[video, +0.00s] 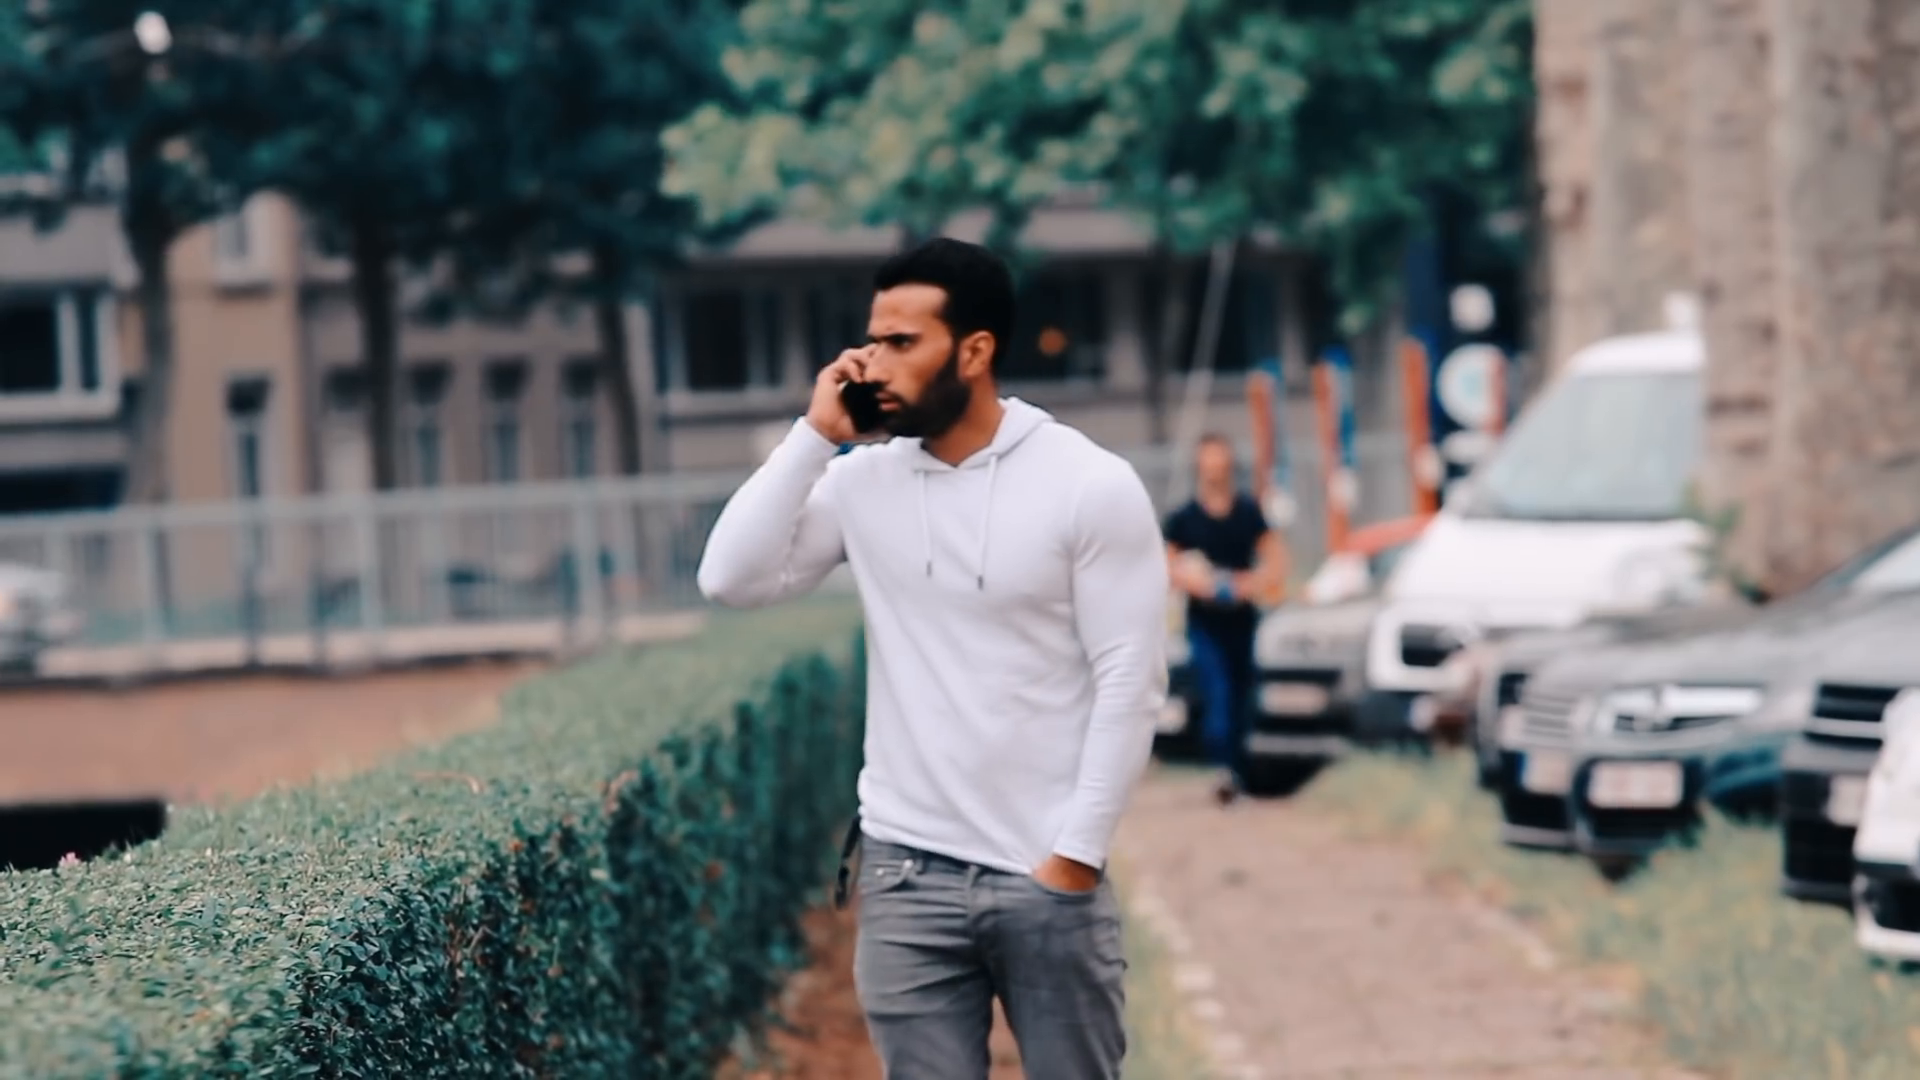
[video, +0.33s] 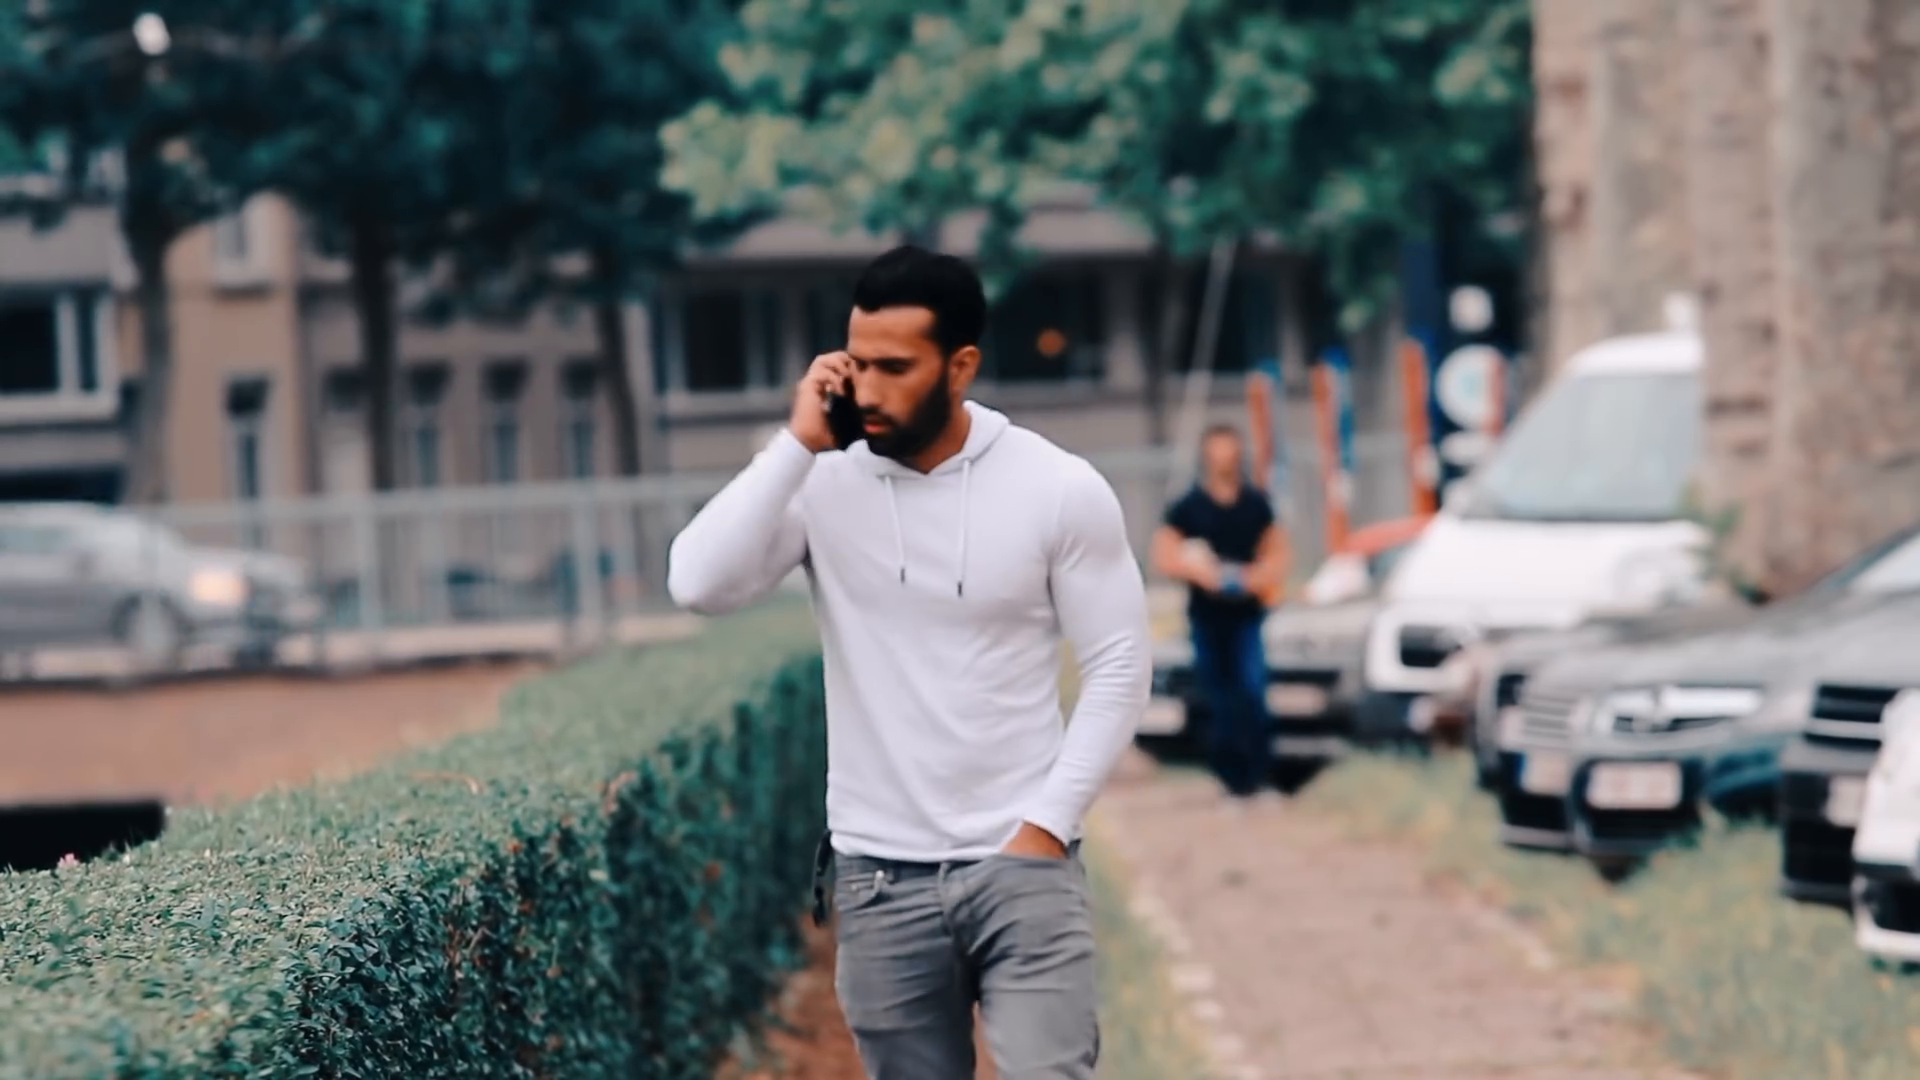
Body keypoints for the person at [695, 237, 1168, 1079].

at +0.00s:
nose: (872, 366)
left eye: (899, 343)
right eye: (871, 342)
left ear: (976, 353)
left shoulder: (1091, 487)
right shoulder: (857, 480)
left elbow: (1130, 681)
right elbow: (729, 579)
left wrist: (1076, 858)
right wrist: (817, 436)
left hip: (1046, 885)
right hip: (903, 878)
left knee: (1077, 1068)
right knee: (925, 1068)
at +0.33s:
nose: (862, 390)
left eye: (890, 369)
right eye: (856, 365)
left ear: (962, 364)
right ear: (844, 357)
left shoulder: (1060, 491)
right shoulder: (818, 483)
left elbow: (1118, 667)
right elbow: (696, 583)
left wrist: (1048, 825)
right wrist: (798, 445)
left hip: (1022, 868)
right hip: (877, 879)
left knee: (1051, 1068)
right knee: (913, 1071)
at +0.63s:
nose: (953, 441)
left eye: (977, 414)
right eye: (931, 414)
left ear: (1019, 390)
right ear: (900, 392)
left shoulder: (1089, 520)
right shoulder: (830, 489)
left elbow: (1118, 702)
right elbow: (765, 630)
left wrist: (1045, 848)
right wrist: (888, 500)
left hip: (1021, 892)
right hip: (874, 900)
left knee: (1032, 1067)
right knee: (896, 1069)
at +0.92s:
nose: (967, 416)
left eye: (989, 388)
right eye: (943, 391)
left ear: (1035, 359)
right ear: (914, 373)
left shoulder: (1119, 495)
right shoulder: (856, 475)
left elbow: (1158, 683)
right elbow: (789, 618)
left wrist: (1088, 851)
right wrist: (903, 480)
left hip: (1054, 884)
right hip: (901, 879)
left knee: (1058, 1068)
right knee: (885, 1068)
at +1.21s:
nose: (931, 435)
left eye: (950, 405)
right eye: (908, 409)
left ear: (1002, 374)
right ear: (881, 393)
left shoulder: (1109, 497)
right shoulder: (847, 494)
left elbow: (1154, 689)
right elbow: (774, 647)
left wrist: (1104, 873)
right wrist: (871, 503)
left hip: (1062, 900)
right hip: (914, 894)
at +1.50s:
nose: (891, 433)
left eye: (911, 400)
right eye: (865, 408)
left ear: (958, 367)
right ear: (837, 387)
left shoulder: (1070, 480)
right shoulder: (804, 506)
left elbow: (1128, 667)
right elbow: (756, 664)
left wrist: (1092, 853)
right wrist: (837, 506)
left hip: (1060, 885)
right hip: (903, 891)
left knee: (1098, 1066)